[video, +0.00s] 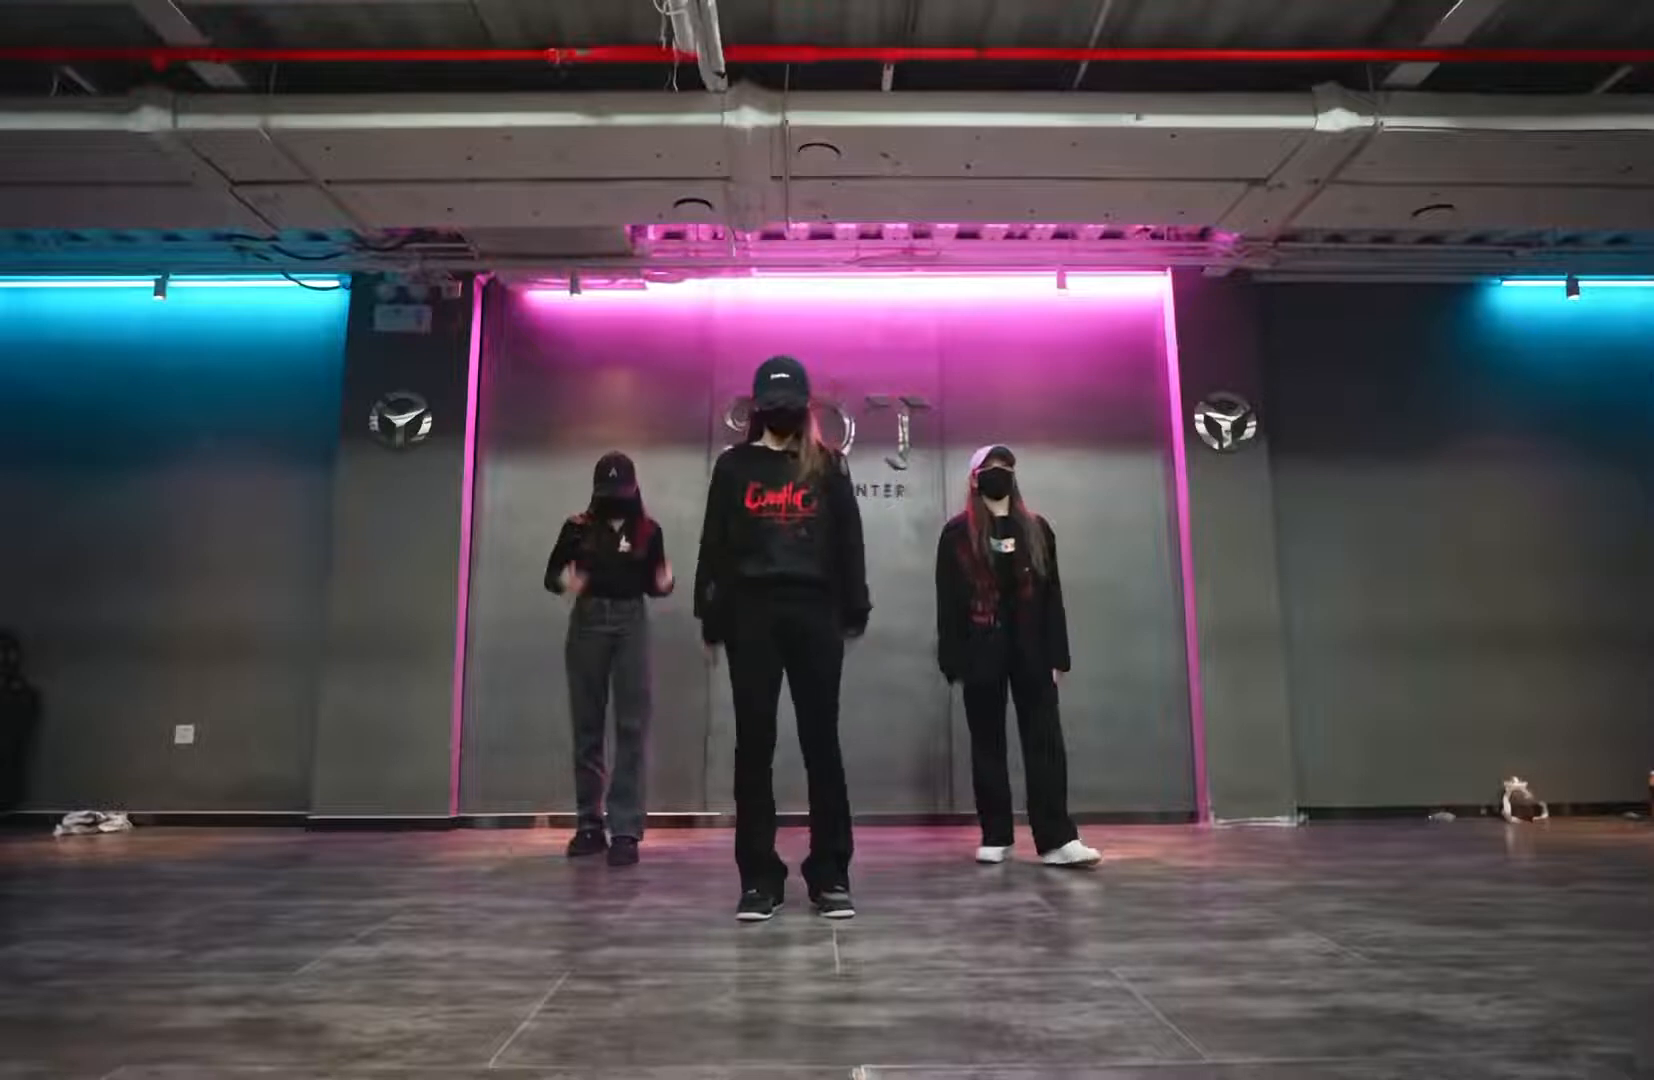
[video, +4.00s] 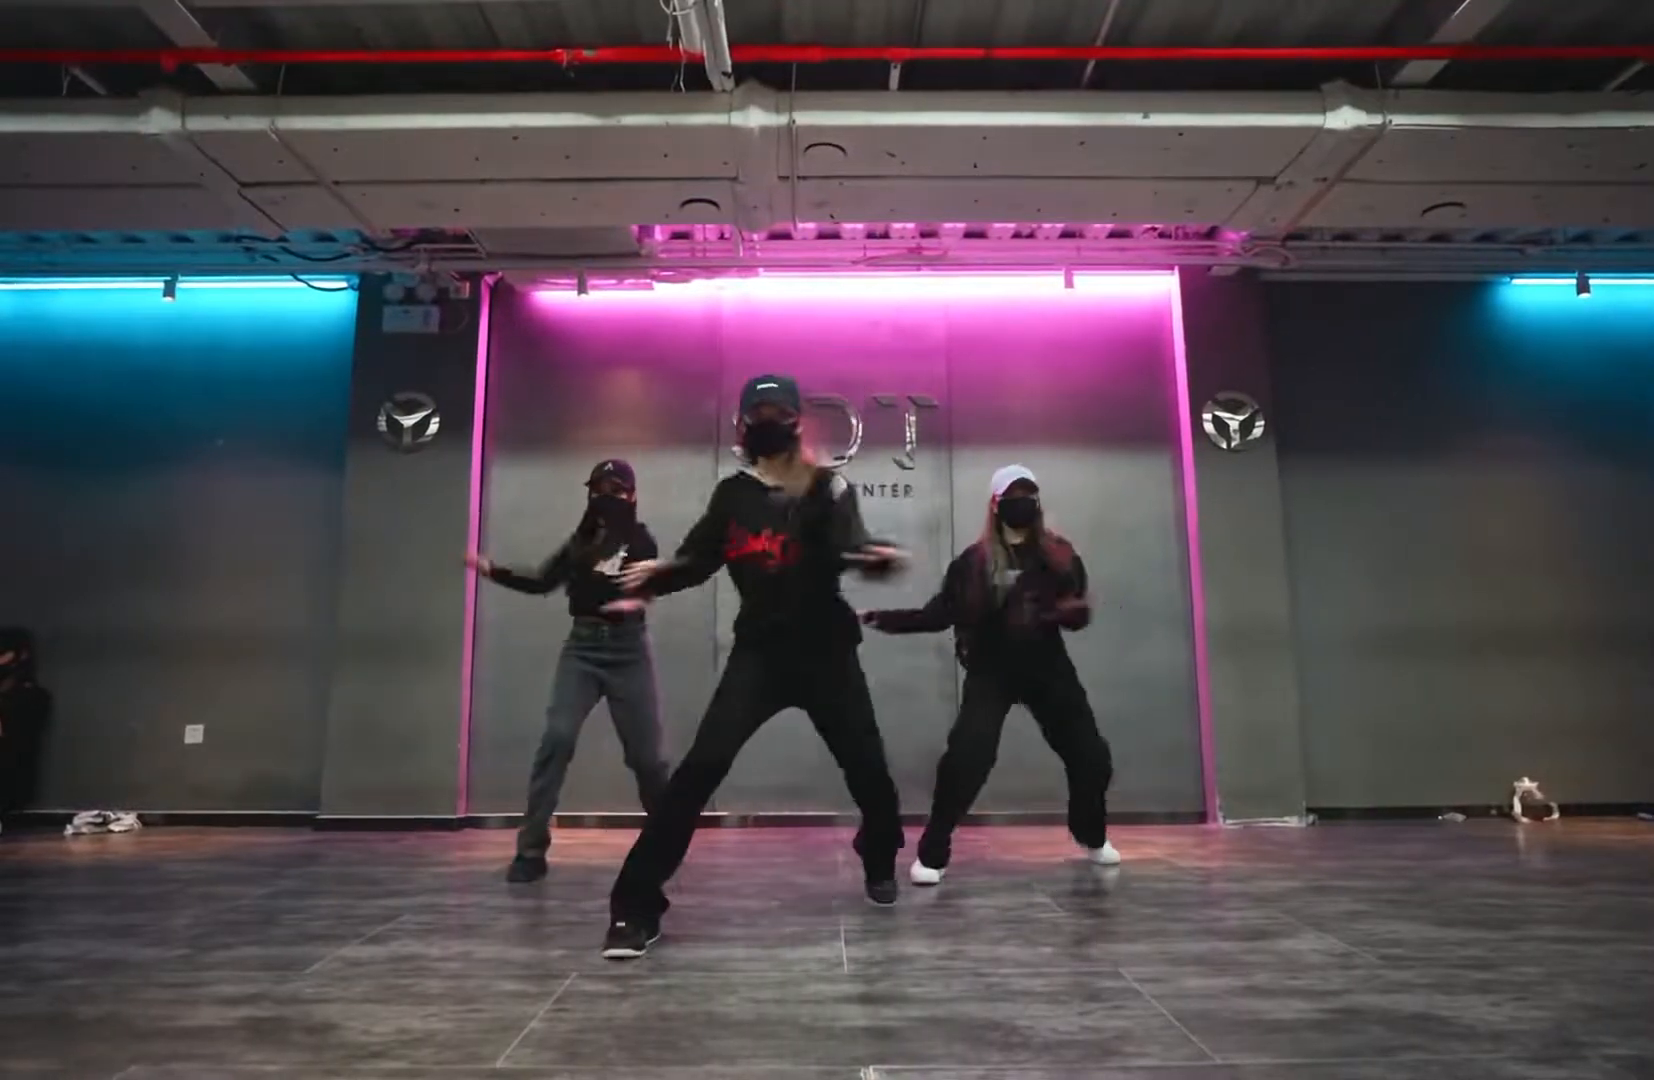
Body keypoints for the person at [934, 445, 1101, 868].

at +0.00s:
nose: (998, 477)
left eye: (1005, 470)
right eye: (989, 471)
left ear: (1015, 476)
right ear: (975, 479)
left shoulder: (1037, 528)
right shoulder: (957, 533)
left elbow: (1052, 596)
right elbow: (948, 601)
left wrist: (1059, 654)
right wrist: (951, 660)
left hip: (1031, 652)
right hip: (981, 656)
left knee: (1045, 743)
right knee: (988, 747)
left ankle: (1057, 840)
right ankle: (995, 839)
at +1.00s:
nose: (1013, 482)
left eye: (1020, 474)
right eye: (1005, 475)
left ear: (1027, 478)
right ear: (988, 479)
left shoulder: (1047, 529)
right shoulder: (968, 531)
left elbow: (1064, 595)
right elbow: (957, 598)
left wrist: (1071, 650)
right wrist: (961, 656)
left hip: (1043, 652)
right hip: (991, 656)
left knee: (1055, 744)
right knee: (999, 746)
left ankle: (1067, 840)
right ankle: (1005, 839)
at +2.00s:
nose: (1041, 476)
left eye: (1047, 468)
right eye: (1032, 469)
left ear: (1056, 473)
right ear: (1017, 475)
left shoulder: (1077, 524)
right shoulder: (996, 526)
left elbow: (1093, 592)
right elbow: (986, 594)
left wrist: (1100, 649)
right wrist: (988, 651)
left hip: (1069, 656)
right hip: (1015, 657)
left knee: (1067, 749)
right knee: (1016, 749)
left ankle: (1064, 838)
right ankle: (1012, 840)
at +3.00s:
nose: (1031, 482)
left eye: (1036, 475)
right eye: (1023, 475)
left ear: (1044, 479)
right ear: (1006, 479)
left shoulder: (1062, 529)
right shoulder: (983, 530)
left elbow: (1079, 594)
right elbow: (971, 596)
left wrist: (1083, 649)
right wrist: (972, 654)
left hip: (1055, 656)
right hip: (1002, 657)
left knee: (1062, 746)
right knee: (1008, 749)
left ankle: (1062, 837)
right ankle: (1012, 838)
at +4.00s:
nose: (1024, 509)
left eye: (1030, 501)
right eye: (1014, 502)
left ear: (1039, 505)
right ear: (997, 507)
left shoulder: (1059, 556)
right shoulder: (974, 562)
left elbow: (1079, 613)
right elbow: (940, 614)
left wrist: (1054, 612)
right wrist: (885, 619)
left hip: (1046, 670)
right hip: (990, 674)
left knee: (1090, 755)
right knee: (968, 757)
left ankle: (1091, 835)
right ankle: (931, 857)